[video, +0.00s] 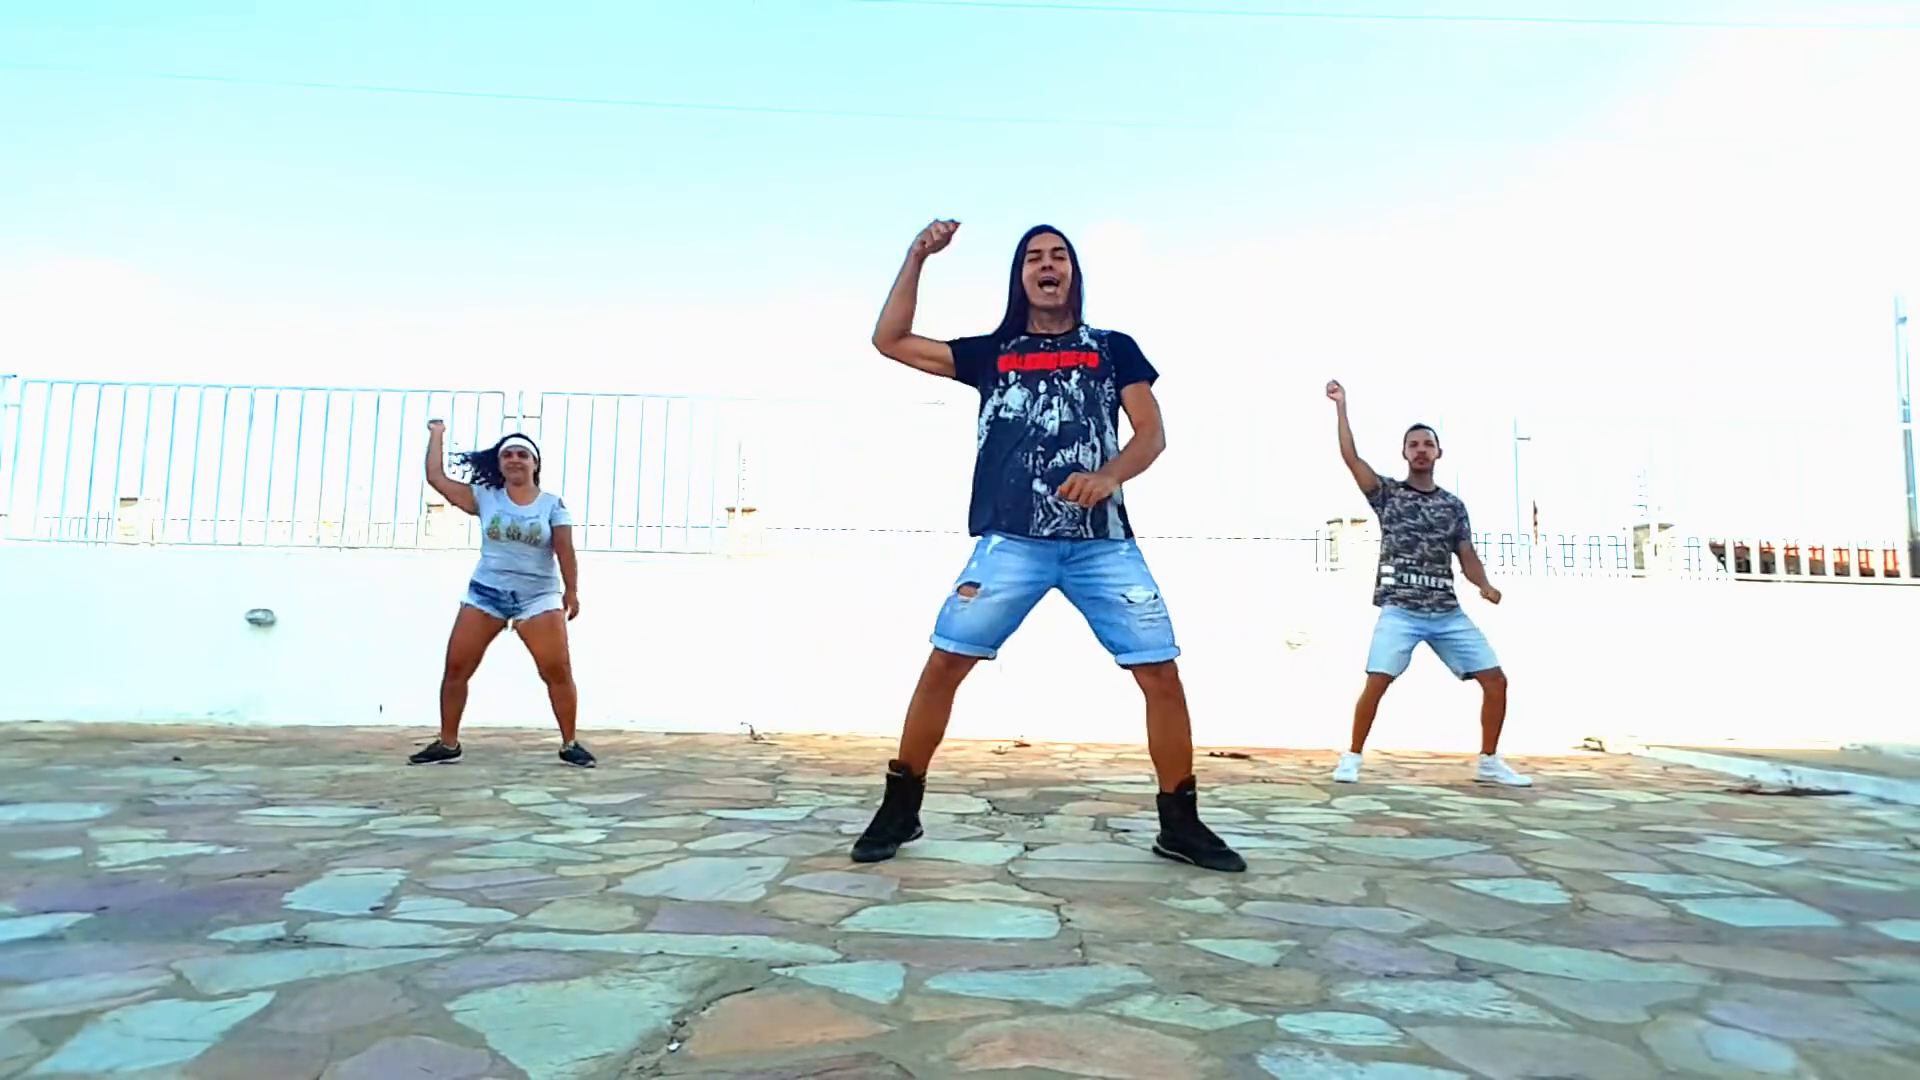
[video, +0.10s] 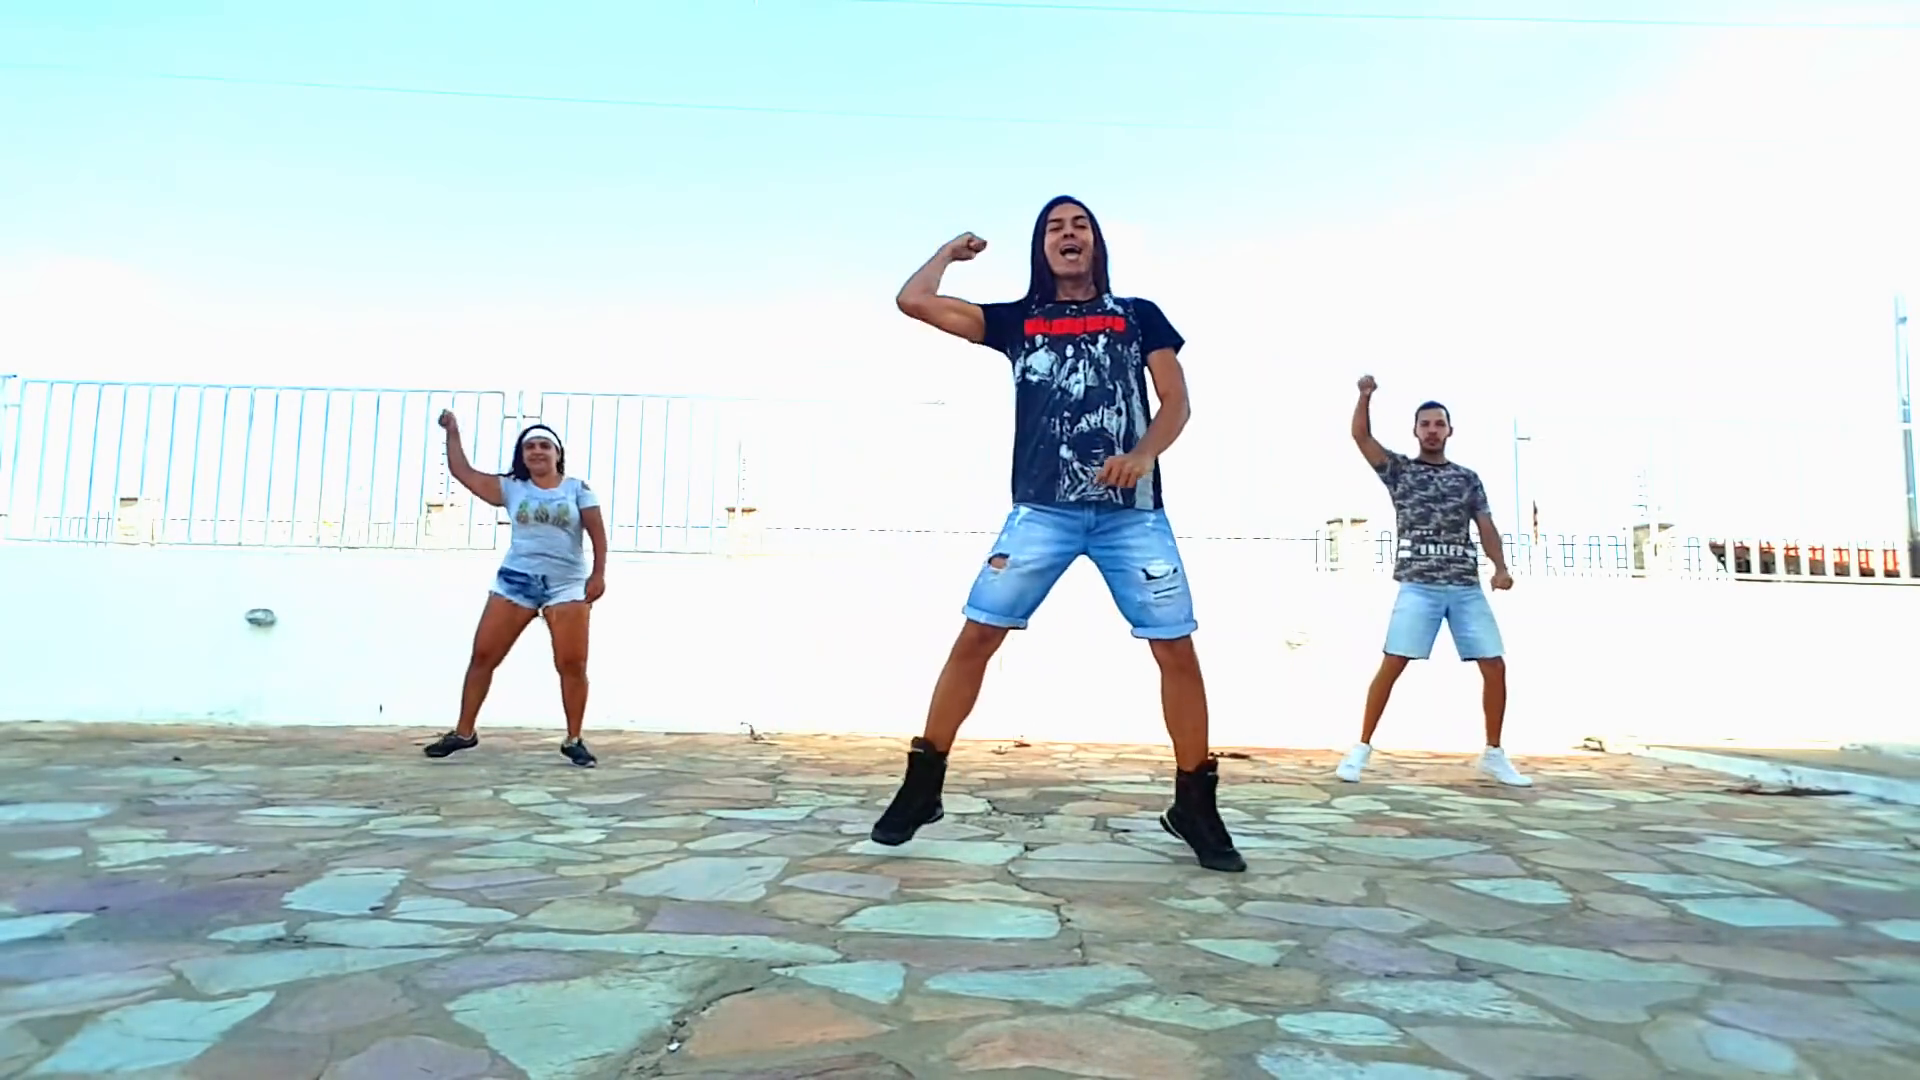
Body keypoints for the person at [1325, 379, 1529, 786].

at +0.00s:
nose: (1420, 450)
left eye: (1427, 444)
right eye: (1413, 445)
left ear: (1438, 453)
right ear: (1404, 453)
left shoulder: (1452, 506)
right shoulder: (1386, 492)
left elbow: (1466, 555)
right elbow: (1350, 456)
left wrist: (1484, 584)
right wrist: (1340, 407)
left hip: (1446, 612)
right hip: (1398, 610)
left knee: (1495, 681)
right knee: (1378, 679)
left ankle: (1488, 761)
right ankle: (1352, 756)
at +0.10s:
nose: (1432, 429)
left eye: (1439, 423)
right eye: (1426, 423)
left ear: (1448, 431)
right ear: (1415, 431)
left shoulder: (1466, 478)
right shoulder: (1398, 470)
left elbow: (1486, 528)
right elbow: (1361, 436)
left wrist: (1500, 566)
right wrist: (1364, 397)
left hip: (1466, 588)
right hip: (1418, 587)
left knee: (1494, 665)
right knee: (1393, 663)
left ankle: (1493, 753)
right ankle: (1362, 747)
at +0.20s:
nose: (1446, 418)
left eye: (1452, 412)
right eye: (1439, 412)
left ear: (1463, 419)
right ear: (1428, 419)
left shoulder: (1480, 465)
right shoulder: (1411, 459)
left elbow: (1501, 512)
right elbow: (1372, 425)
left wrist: (1514, 553)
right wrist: (1395, 380)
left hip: (1479, 573)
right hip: (1431, 572)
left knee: (1507, 651)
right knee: (1408, 649)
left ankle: (1514, 742)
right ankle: (1384, 738)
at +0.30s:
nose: (1463, 427)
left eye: (1470, 421)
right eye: (1456, 420)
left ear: (1480, 428)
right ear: (1444, 427)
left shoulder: (1497, 474)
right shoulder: (1426, 467)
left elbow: (1519, 527)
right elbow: (1390, 430)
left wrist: (1530, 561)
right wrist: (1403, 381)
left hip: (1490, 585)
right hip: (1441, 583)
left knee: (1527, 659)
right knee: (1419, 656)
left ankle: (1537, 751)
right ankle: (1402, 746)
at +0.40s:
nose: (1479, 447)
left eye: (1486, 442)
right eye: (1472, 441)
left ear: (1496, 450)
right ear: (1461, 450)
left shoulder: (1512, 499)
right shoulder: (1442, 491)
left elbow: (1532, 546)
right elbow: (1402, 455)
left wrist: (1542, 575)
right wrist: (1404, 404)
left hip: (1506, 612)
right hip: (1455, 611)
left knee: (1548, 683)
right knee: (1429, 677)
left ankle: (1538, 763)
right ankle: (1408, 757)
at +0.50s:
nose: (1489, 442)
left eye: (1496, 436)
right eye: (1482, 436)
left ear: (1506, 444)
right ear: (1471, 443)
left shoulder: (1525, 492)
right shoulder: (1453, 483)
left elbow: (1541, 538)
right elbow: (1413, 453)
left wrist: (1551, 570)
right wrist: (1410, 413)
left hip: (1516, 604)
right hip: (1465, 602)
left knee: (1547, 681)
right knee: (1439, 672)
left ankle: (1538, 762)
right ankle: (1409, 752)